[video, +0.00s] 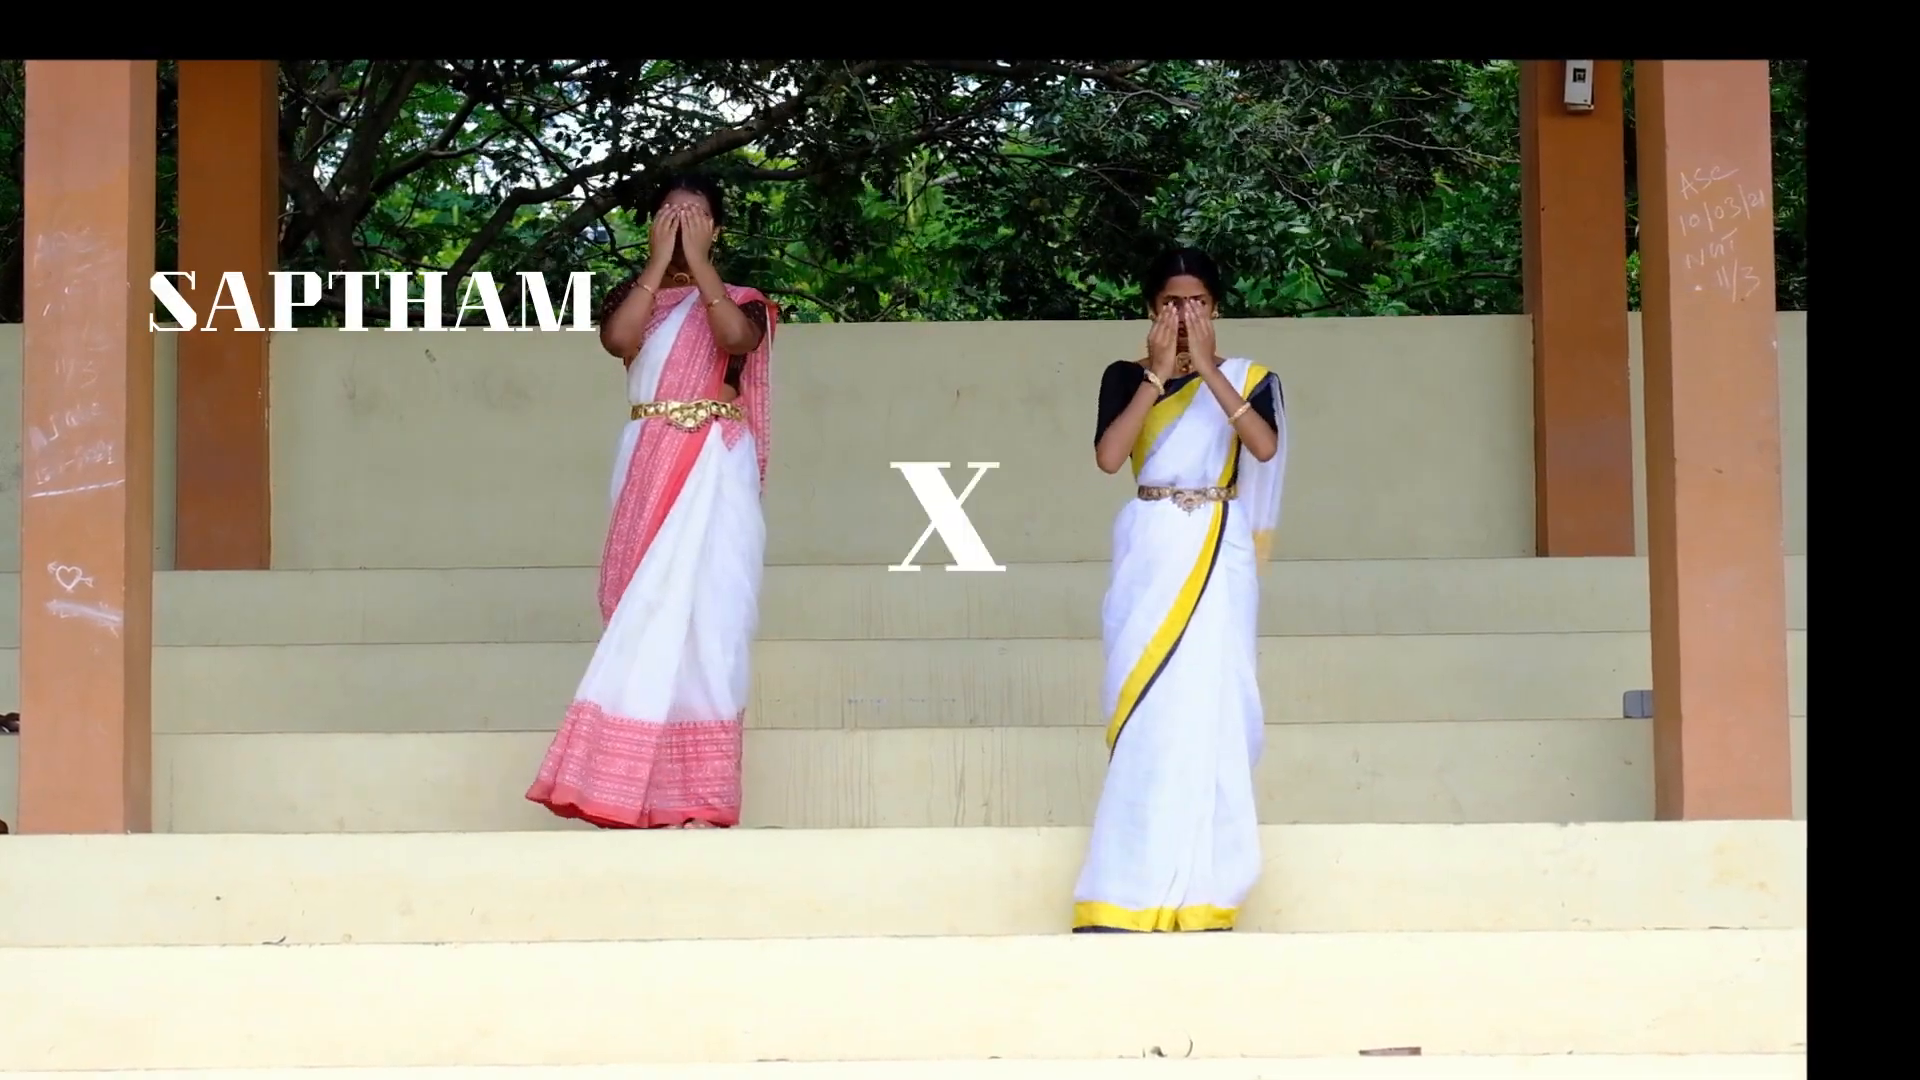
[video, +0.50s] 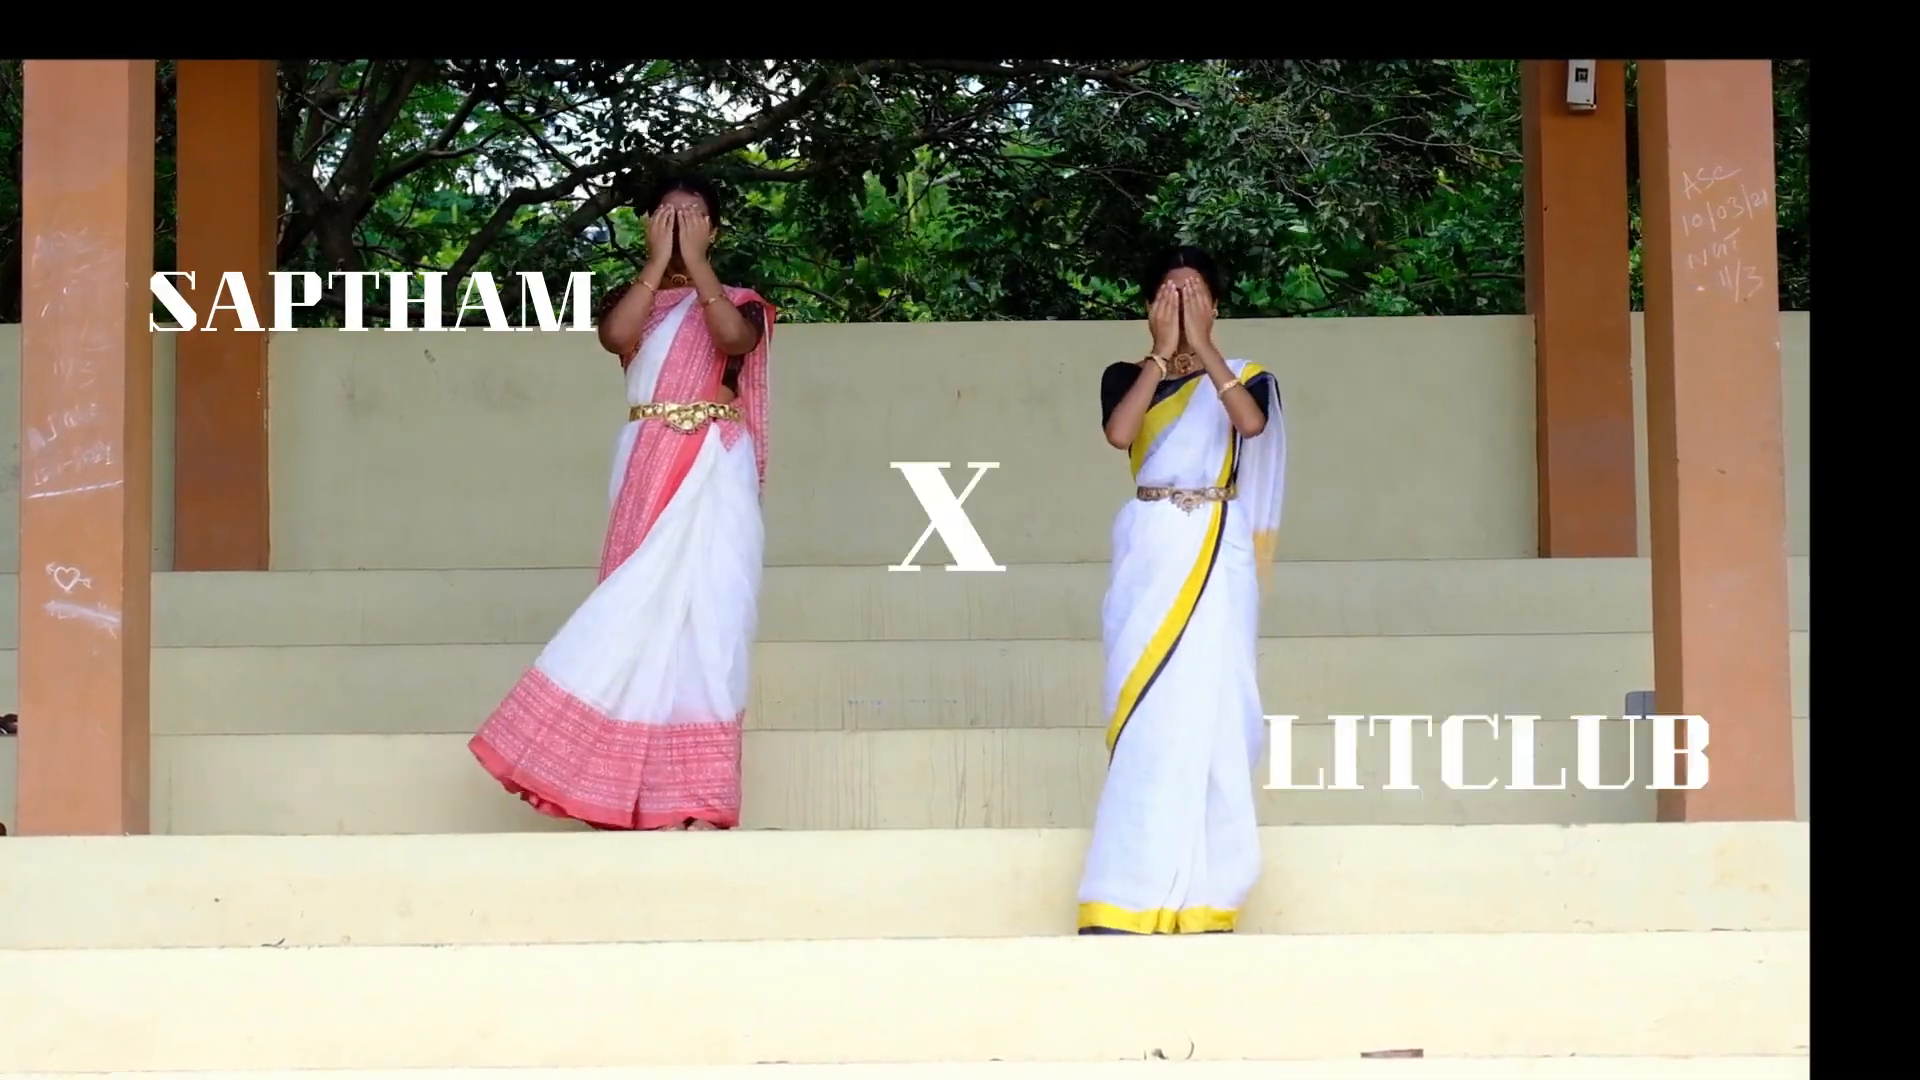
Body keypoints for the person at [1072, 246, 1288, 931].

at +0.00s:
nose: (1185, 313)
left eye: (1196, 302)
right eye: (1172, 303)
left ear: (1216, 310)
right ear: (1153, 313)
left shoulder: (1246, 377)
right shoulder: (1127, 377)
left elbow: (1264, 445)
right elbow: (1110, 457)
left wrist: (1206, 368)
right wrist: (1155, 376)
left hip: (1217, 557)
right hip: (1147, 555)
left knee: (1205, 712)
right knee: (1142, 711)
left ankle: (1201, 889)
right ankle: (1133, 889)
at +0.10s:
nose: (1183, 310)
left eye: (1196, 300)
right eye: (1171, 299)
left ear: (1215, 311)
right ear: (1153, 310)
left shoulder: (1246, 378)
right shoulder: (1127, 376)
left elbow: (1261, 442)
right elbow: (1112, 453)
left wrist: (1205, 365)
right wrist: (1157, 372)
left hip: (1216, 559)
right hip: (1147, 556)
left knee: (1205, 713)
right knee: (1142, 712)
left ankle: (1201, 889)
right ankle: (1134, 889)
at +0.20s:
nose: (1182, 307)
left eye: (1195, 298)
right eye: (1170, 297)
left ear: (1215, 309)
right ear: (1153, 310)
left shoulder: (1246, 377)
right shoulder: (1127, 377)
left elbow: (1258, 437)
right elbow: (1115, 448)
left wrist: (1204, 360)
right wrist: (1159, 367)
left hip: (1216, 559)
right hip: (1147, 556)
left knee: (1205, 712)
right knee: (1142, 711)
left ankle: (1202, 888)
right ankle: (1134, 889)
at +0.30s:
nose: (1183, 304)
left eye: (1195, 295)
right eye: (1172, 295)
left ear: (1216, 309)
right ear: (1153, 309)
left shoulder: (1246, 378)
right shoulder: (1128, 377)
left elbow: (1254, 430)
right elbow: (1118, 442)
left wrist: (1204, 356)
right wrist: (1161, 363)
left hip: (1215, 558)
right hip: (1146, 555)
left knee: (1205, 712)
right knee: (1142, 711)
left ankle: (1203, 889)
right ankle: (1133, 889)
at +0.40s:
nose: (1181, 303)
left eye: (1194, 292)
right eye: (1169, 293)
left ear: (1216, 304)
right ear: (1152, 305)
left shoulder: (1246, 377)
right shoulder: (1129, 376)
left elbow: (1251, 426)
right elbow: (1119, 438)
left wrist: (1202, 351)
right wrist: (1161, 359)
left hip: (1214, 557)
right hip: (1146, 554)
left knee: (1204, 712)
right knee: (1141, 711)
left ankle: (1202, 890)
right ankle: (1133, 890)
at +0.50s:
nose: (1182, 305)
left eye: (1195, 293)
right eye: (1169, 293)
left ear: (1216, 303)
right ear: (1152, 305)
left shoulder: (1245, 377)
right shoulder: (1129, 376)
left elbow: (1250, 422)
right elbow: (1120, 433)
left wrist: (1203, 348)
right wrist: (1161, 357)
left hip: (1214, 558)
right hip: (1146, 555)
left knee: (1204, 712)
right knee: (1142, 711)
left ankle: (1202, 890)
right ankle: (1133, 889)